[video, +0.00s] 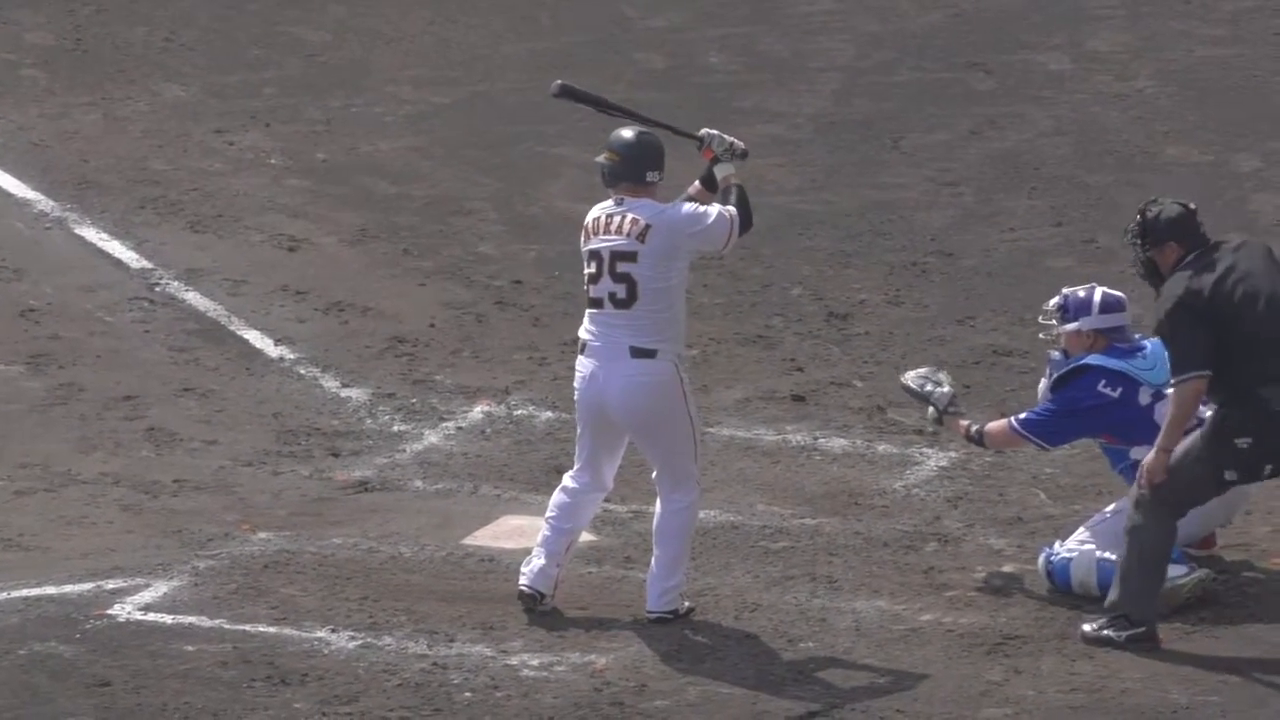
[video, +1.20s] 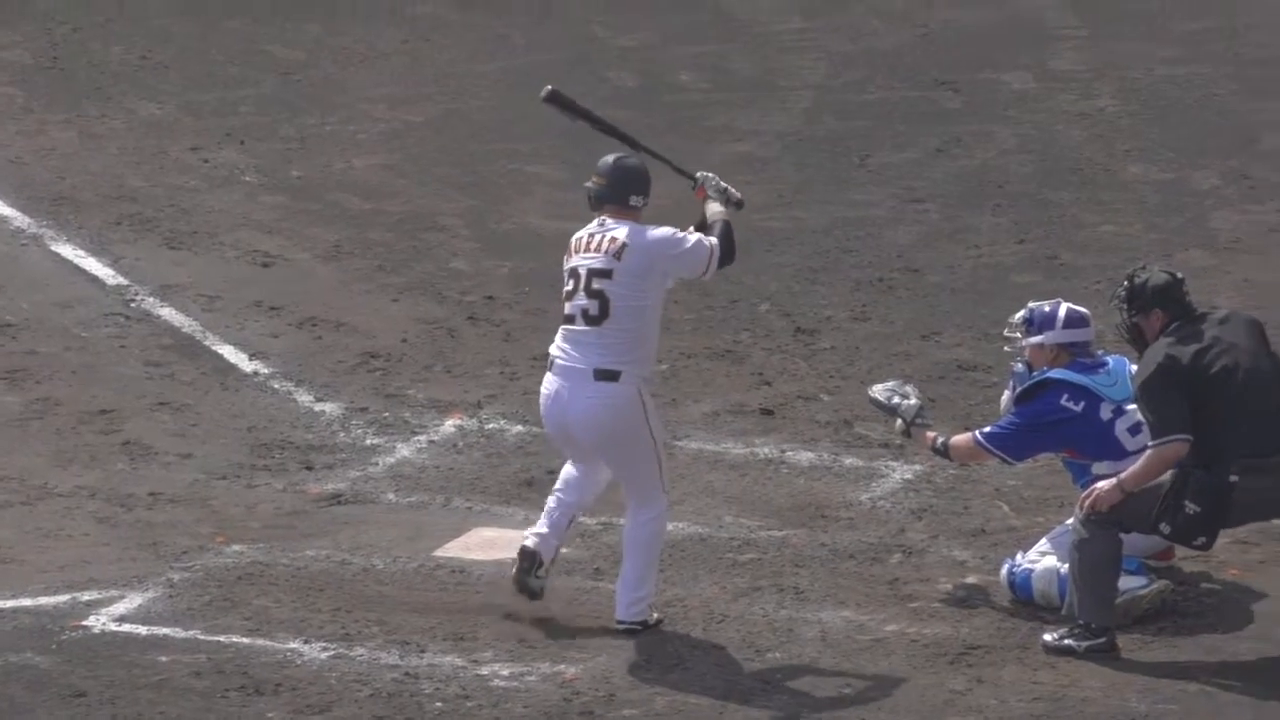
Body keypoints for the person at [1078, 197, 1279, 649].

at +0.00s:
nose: (1148, 259)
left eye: (1150, 249)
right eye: (1145, 249)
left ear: (1170, 248)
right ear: (1196, 235)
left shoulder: (1184, 295)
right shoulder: (1254, 251)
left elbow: (1191, 385)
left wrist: (1162, 452)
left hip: (1258, 426)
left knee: (1155, 498)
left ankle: (1132, 618)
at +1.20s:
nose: (1132, 327)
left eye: (1135, 318)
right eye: (1129, 318)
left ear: (1158, 317)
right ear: (1184, 304)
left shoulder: (1158, 364)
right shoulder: (1245, 323)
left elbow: (1173, 445)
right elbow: (1266, 389)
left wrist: (1118, 485)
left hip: (1230, 491)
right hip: (1274, 478)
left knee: (1096, 509)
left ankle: (1093, 627)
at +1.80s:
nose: (1051, 324)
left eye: (1054, 317)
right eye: (1050, 316)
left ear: (1074, 317)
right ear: (1100, 307)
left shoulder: (1074, 361)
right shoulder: (1151, 327)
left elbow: (1086, 434)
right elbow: (1202, 393)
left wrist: (1038, 469)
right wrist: (1183, 440)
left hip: (1128, 478)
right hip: (1189, 465)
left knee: (1018, 491)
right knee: (1198, 470)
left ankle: (1015, 595)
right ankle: (1240, 563)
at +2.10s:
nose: (1038, 324)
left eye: (1041, 317)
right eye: (1037, 316)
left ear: (1060, 317)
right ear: (1083, 308)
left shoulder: (1061, 355)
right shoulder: (1132, 325)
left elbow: (1071, 428)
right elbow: (1179, 386)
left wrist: (1025, 458)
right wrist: (1160, 429)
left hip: (1110, 470)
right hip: (1168, 456)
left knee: (1007, 479)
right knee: (1171, 459)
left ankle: (1004, 578)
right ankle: (1216, 547)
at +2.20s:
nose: (1040, 326)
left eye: (1043, 319)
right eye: (1039, 318)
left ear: (1062, 319)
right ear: (1086, 309)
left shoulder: (1063, 359)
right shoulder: (1134, 327)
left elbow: (1073, 430)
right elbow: (1181, 388)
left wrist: (1028, 460)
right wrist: (1161, 432)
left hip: (1112, 473)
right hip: (1170, 460)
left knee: (1010, 481)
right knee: (1174, 460)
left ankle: (1006, 579)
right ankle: (1218, 549)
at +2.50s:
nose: (1052, 356)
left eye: (1053, 348)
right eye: (1050, 348)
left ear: (1071, 346)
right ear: (1097, 337)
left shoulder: (1073, 384)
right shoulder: (1144, 355)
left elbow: (1081, 457)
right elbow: (1191, 415)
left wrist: (1037, 489)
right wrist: (1171, 461)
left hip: (1120, 497)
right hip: (1178, 487)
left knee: (1018, 509)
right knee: (1186, 491)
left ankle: (1015, 606)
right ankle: (1228, 578)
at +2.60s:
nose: (1058, 369)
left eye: (1060, 362)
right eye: (1056, 362)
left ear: (1078, 359)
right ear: (1102, 350)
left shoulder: (1080, 397)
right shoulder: (1150, 368)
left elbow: (1087, 470)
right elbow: (1197, 429)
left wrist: (1043, 501)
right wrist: (1177, 474)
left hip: (1126, 511)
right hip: (1184, 500)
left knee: (1024, 520)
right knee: (1193, 503)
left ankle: (1021, 619)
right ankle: (1234, 590)